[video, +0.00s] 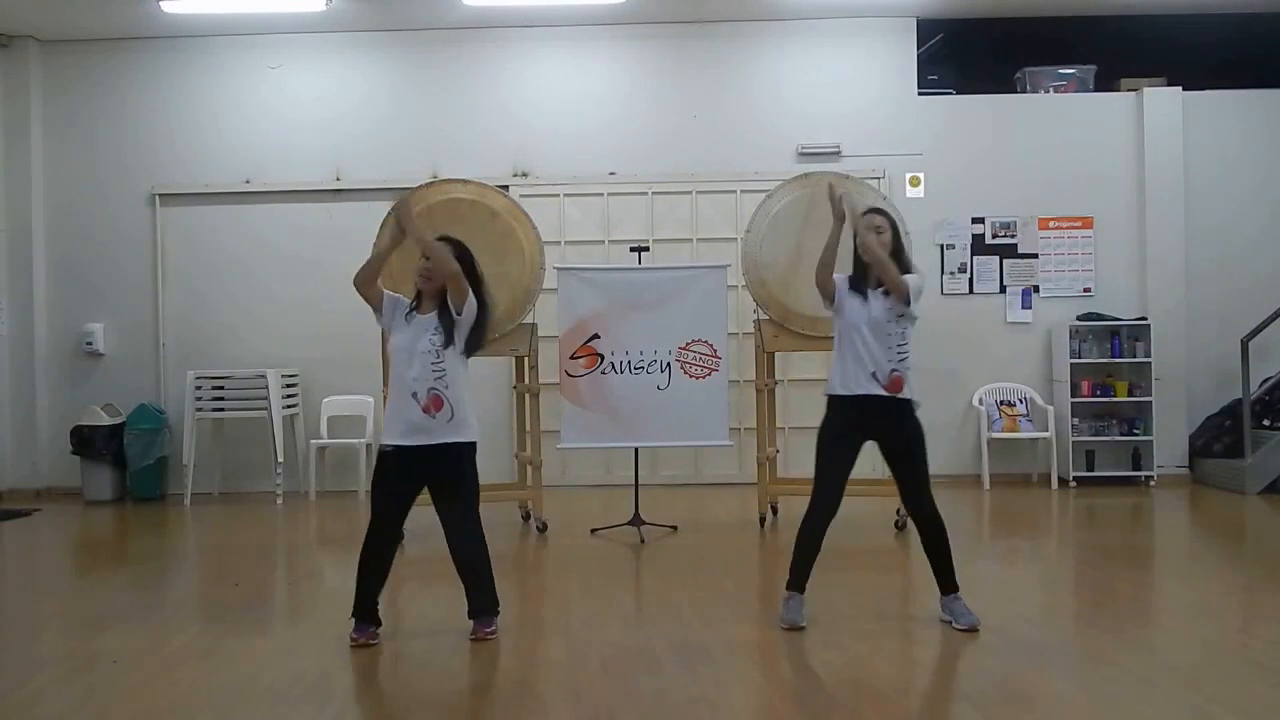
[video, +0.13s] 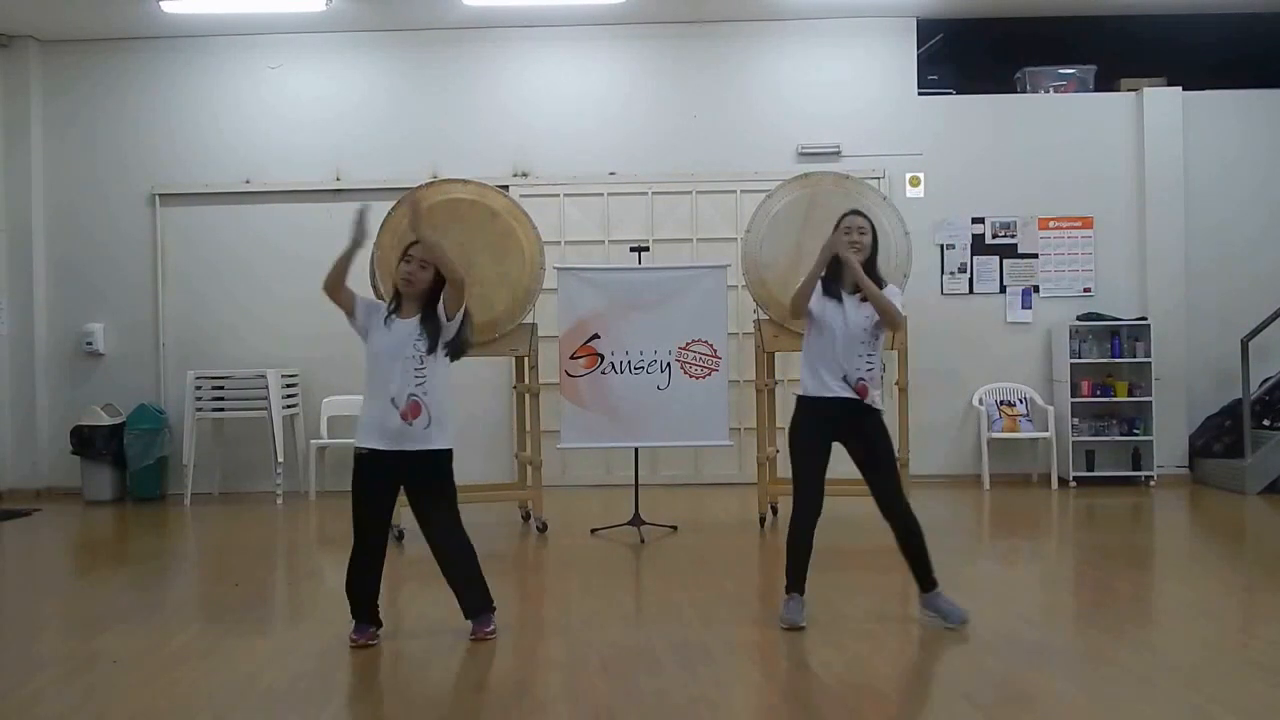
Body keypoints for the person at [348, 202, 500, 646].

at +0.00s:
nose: (426, 266)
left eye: (437, 261)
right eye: (425, 259)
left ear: (456, 274)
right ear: (417, 269)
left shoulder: (462, 316)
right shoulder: (397, 312)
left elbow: (446, 268)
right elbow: (365, 282)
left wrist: (414, 225)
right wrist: (391, 240)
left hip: (452, 444)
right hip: (401, 444)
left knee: (465, 533)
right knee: (382, 532)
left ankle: (483, 613)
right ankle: (365, 616)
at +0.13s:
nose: (412, 268)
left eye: (422, 265)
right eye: (407, 260)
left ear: (435, 280)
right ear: (395, 270)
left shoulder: (443, 323)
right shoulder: (374, 317)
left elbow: (458, 282)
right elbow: (333, 288)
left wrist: (431, 241)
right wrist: (355, 246)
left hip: (428, 449)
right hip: (375, 448)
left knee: (447, 535)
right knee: (368, 539)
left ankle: (480, 612)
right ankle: (364, 620)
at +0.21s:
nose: (400, 267)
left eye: (411, 263)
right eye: (395, 260)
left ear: (423, 277)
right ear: (381, 269)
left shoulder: (434, 321)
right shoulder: (357, 317)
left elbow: (467, 289)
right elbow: (304, 294)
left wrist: (462, 237)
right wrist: (295, 245)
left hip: (417, 447)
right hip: (363, 447)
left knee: (428, 531)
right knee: (361, 538)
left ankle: (465, 609)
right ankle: (364, 621)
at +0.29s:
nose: (394, 267)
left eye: (404, 262)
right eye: (387, 260)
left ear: (416, 275)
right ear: (374, 270)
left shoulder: (429, 320)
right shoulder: (348, 318)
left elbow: (472, 294)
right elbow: (290, 303)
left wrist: (489, 246)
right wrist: (259, 260)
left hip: (412, 446)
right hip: (358, 447)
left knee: (416, 532)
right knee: (357, 538)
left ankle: (444, 608)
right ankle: (365, 620)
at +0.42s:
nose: (384, 266)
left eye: (392, 260)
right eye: (376, 260)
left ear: (404, 270)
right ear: (362, 270)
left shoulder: (423, 317)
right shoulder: (343, 321)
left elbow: (474, 310)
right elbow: (283, 331)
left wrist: (524, 285)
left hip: (408, 447)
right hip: (354, 448)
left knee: (401, 533)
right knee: (357, 536)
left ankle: (397, 610)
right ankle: (363, 619)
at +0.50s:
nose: (380, 267)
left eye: (386, 260)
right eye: (370, 261)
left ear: (399, 268)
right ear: (356, 273)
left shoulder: (420, 317)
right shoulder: (340, 323)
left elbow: (475, 314)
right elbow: (283, 340)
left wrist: (531, 298)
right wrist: (218, 335)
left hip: (405, 447)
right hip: (352, 447)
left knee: (400, 533)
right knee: (358, 536)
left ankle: (394, 613)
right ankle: (364, 620)